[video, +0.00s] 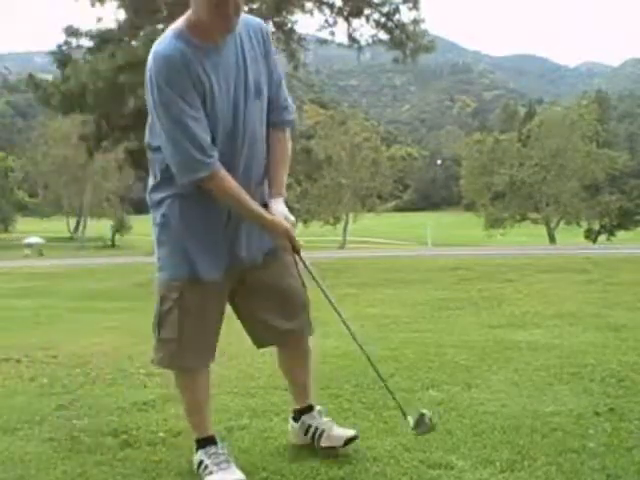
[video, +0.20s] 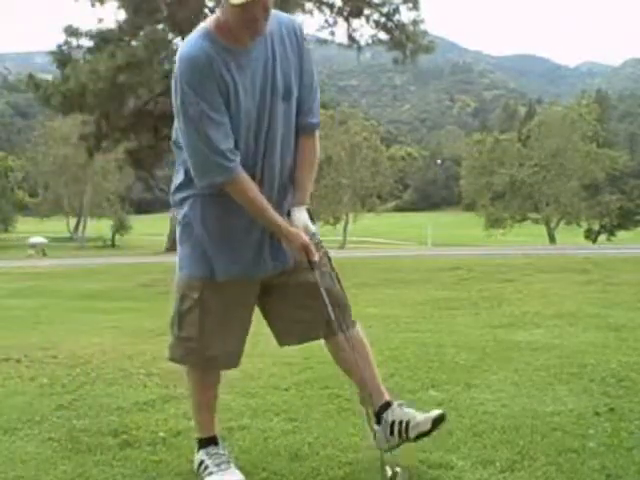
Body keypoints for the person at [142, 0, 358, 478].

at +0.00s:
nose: (237, 5)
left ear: (245, 0)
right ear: (198, 1)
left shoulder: (257, 34)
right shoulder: (169, 58)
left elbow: (279, 120)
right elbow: (201, 167)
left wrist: (276, 197)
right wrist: (266, 220)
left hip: (256, 213)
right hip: (193, 220)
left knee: (293, 313)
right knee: (191, 338)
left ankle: (306, 417)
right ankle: (207, 447)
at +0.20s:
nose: (266, 14)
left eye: (269, 7)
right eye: (258, 8)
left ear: (272, 4)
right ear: (230, 4)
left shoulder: (290, 34)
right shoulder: (197, 58)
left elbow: (307, 129)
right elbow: (221, 167)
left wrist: (299, 204)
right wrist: (281, 228)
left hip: (280, 216)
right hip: (216, 221)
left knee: (333, 310)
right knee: (205, 338)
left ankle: (384, 414)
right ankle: (208, 448)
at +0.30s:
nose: (284, 8)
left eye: (289, 3)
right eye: (274, 4)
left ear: (293, 3)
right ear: (246, 4)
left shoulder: (310, 36)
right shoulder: (215, 59)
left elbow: (325, 133)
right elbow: (235, 168)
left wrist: (317, 211)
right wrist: (295, 232)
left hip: (298, 219)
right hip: (230, 222)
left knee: (350, 316)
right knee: (213, 337)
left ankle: (395, 427)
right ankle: (209, 449)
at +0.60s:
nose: (355, 27)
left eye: (365, 17)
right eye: (344, 18)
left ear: (377, 10)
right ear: (320, 10)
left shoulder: (401, 51)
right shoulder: (290, 65)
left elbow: (403, 153)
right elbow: (304, 178)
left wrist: (370, 234)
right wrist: (347, 257)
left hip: (365, 229)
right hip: (289, 223)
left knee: (386, 344)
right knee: (252, 337)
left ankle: (396, 454)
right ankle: (220, 439)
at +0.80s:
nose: (382, 40)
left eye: (393, 29)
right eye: (371, 29)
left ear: (409, 16)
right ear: (347, 11)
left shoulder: (432, 58)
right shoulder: (316, 67)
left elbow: (421, 162)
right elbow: (325, 182)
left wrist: (387, 243)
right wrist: (362, 265)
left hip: (382, 227)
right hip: (304, 216)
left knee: (391, 345)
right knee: (263, 330)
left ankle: (397, 455)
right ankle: (240, 436)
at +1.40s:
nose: (329, 56)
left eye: (339, 45)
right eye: (317, 48)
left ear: (355, 25)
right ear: (295, 28)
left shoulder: (383, 60)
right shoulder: (267, 81)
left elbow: (374, 163)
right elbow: (290, 193)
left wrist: (353, 252)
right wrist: (329, 275)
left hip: (350, 218)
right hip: (272, 220)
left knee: (384, 330)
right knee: (246, 342)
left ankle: (390, 446)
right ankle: (243, 453)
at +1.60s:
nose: (337, 53)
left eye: (348, 42)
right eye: (325, 43)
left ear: (364, 23)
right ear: (303, 24)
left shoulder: (394, 59)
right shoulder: (275, 78)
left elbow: (384, 163)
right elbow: (295, 193)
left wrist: (358, 251)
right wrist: (333, 273)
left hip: (359, 227)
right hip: (278, 225)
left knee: (379, 341)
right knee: (254, 345)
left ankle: (380, 453)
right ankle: (243, 454)